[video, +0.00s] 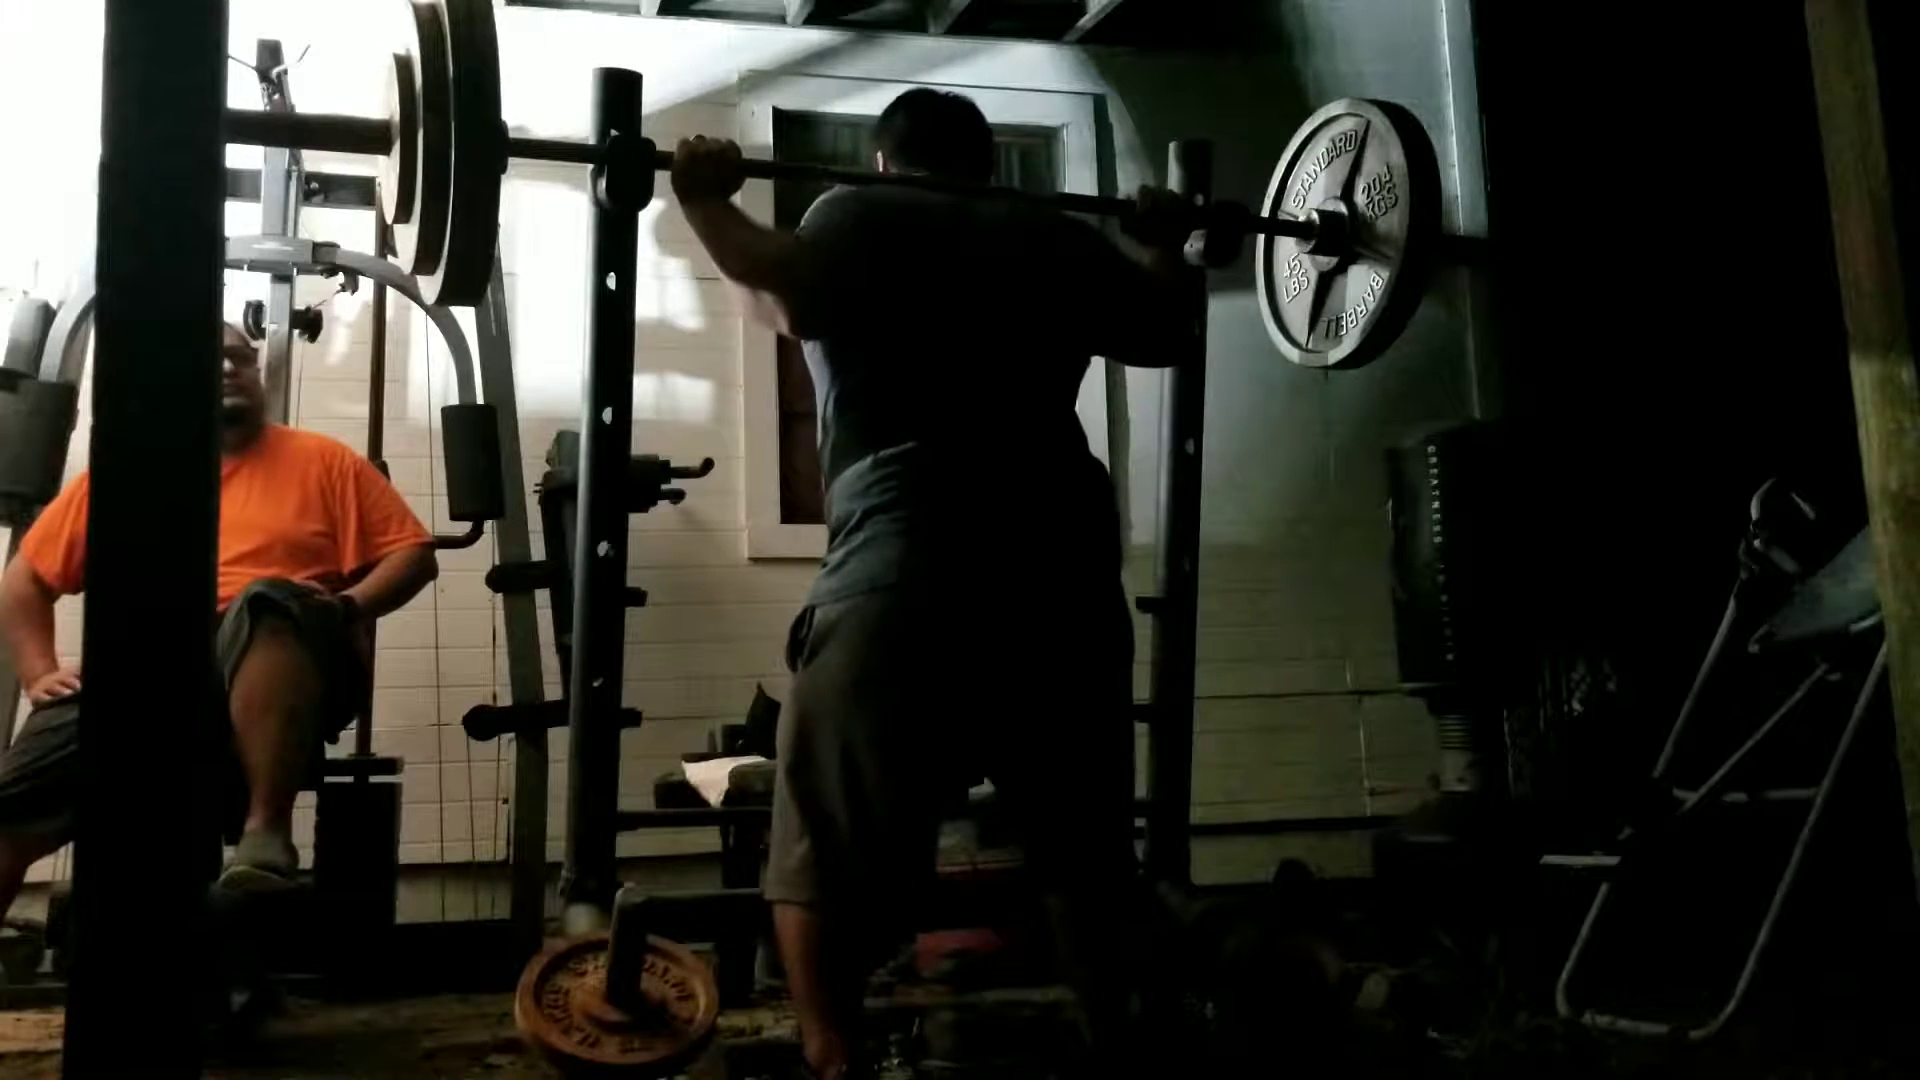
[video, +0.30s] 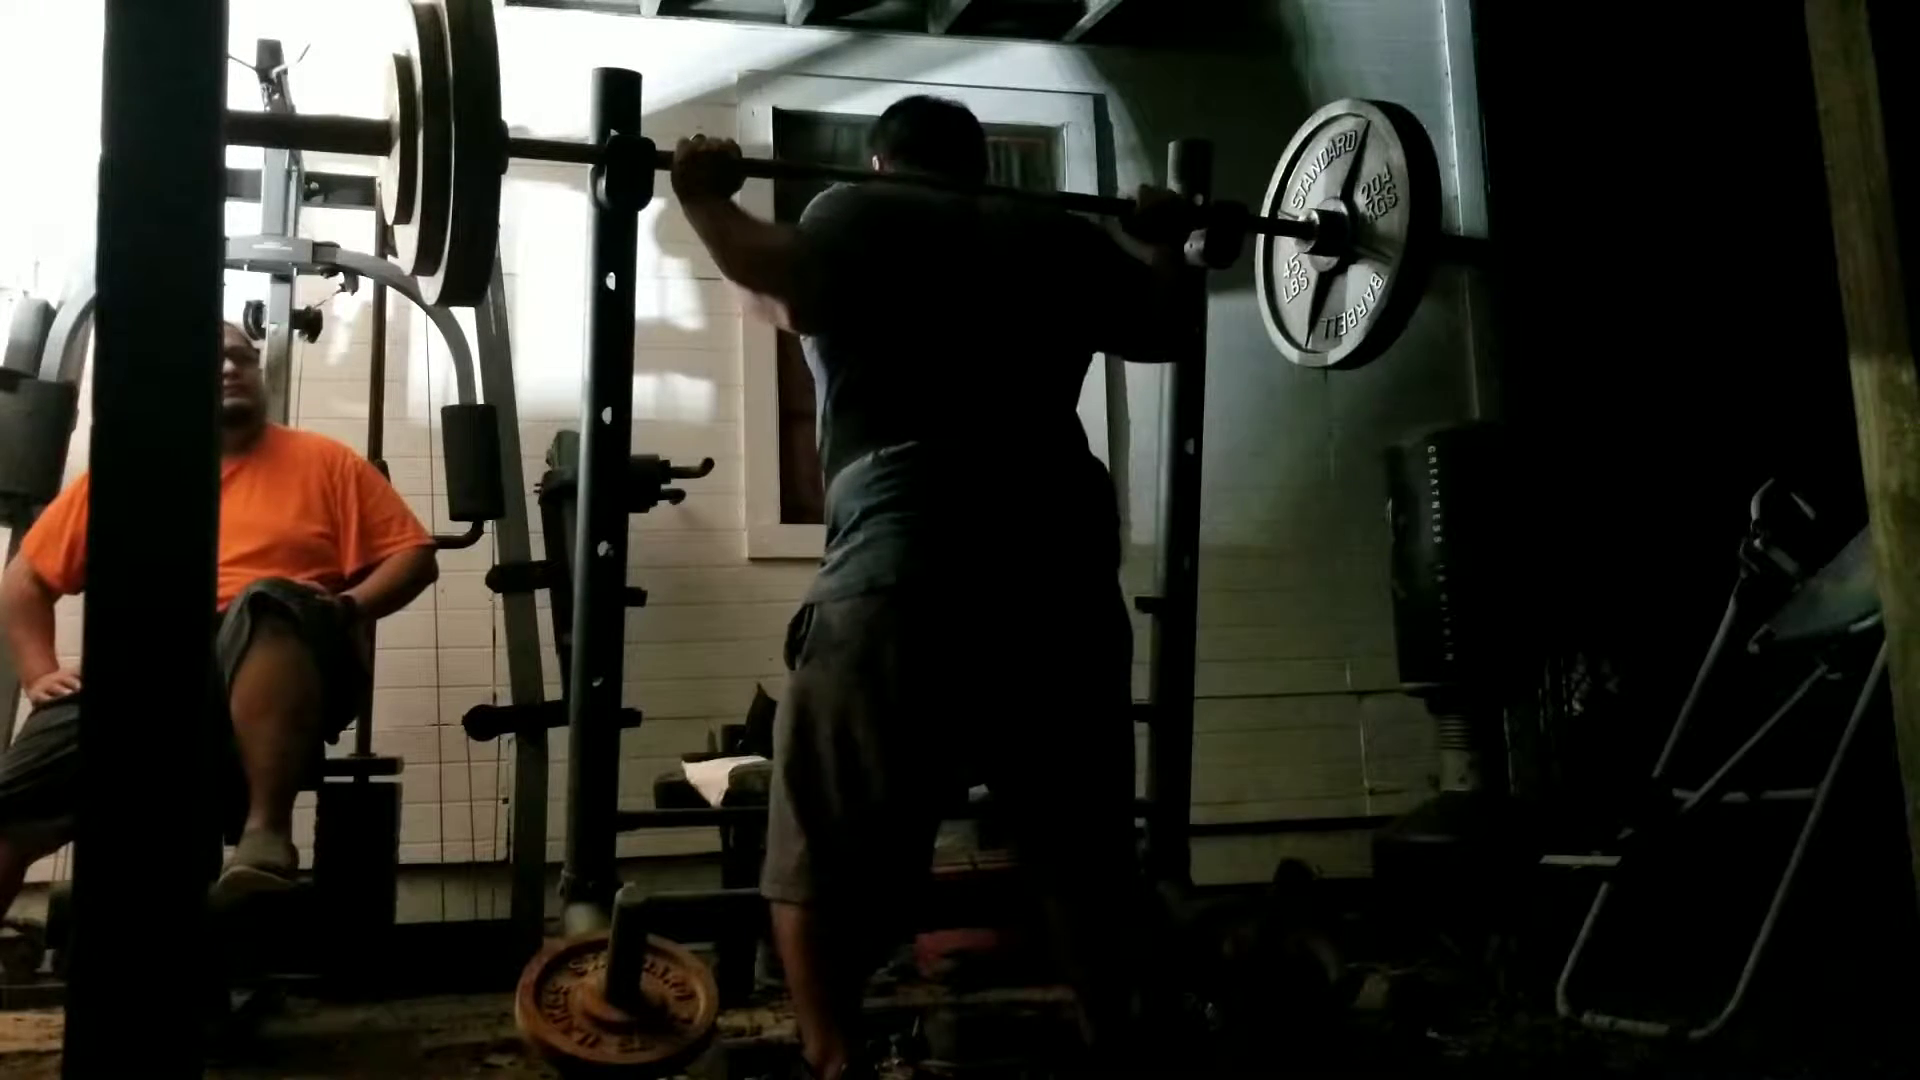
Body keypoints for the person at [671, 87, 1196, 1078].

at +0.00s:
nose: (870, 172)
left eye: (874, 158)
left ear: (883, 158)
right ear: (990, 165)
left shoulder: (850, 216)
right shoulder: (1055, 239)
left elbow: (770, 272)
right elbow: (1170, 332)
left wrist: (704, 193)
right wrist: (1164, 247)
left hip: (898, 563)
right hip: (1062, 566)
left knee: (822, 830)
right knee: (1085, 834)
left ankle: (830, 1053)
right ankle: (1121, 1042)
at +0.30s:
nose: (864, 181)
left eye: (869, 166)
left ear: (877, 164)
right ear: (984, 168)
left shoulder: (850, 217)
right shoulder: (1059, 238)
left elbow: (771, 269)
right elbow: (1172, 327)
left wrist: (704, 192)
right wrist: (1163, 241)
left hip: (898, 558)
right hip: (1061, 559)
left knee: (821, 831)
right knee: (1084, 834)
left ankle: (830, 1055)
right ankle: (1119, 1043)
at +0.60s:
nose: (865, 162)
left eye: (870, 148)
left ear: (877, 146)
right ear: (982, 151)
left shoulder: (848, 194)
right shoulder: (1054, 217)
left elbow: (776, 255)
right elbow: (1177, 306)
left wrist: (703, 175)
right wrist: (1158, 222)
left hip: (897, 541)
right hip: (1057, 538)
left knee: (833, 819)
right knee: (1078, 817)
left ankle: (829, 1053)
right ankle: (1121, 1039)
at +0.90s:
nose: (864, 146)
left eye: (870, 132)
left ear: (874, 132)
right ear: (980, 136)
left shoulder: (843, 174)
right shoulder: (1054, 197)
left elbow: (772, 240)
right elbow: (1179, 290)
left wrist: (700, 162)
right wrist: (1163, 200)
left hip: (891, 534)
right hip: (1053, 529)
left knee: (851, 813)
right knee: (1094, 806)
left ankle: (833, 1054)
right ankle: (1137, 1037)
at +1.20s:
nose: (855, 138)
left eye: (861, 124)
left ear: (869, 123)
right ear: (975, 128)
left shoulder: (840, 169)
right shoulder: (1051, 194)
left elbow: (761, 234)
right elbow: (1174, 282)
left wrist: (688, 156)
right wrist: (1162, 196)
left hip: (888, 530)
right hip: (1050, 528)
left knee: (845, 808)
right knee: (1096, 802)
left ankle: (833, 1051)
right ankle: (1137, 1033)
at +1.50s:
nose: (846, 127)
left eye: (853, 115)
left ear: (862, 113)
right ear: (972, 117)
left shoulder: (832, 156)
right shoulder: (1047, 186)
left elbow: (738, 212)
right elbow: (1174, 268)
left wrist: (671, 138)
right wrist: (1157, 182)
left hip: (863, 535)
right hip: (1035, 530)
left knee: (835, 817)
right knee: (1072, 799)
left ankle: (834, 1056)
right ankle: (1144, 1037)